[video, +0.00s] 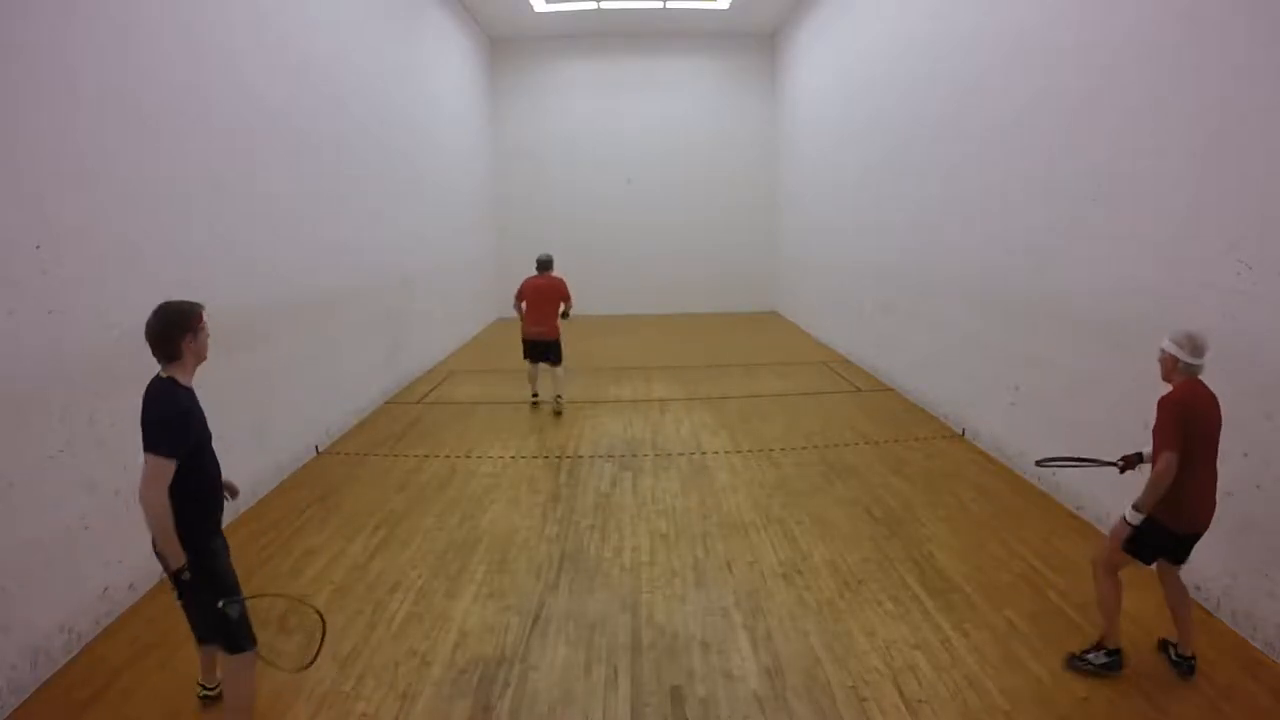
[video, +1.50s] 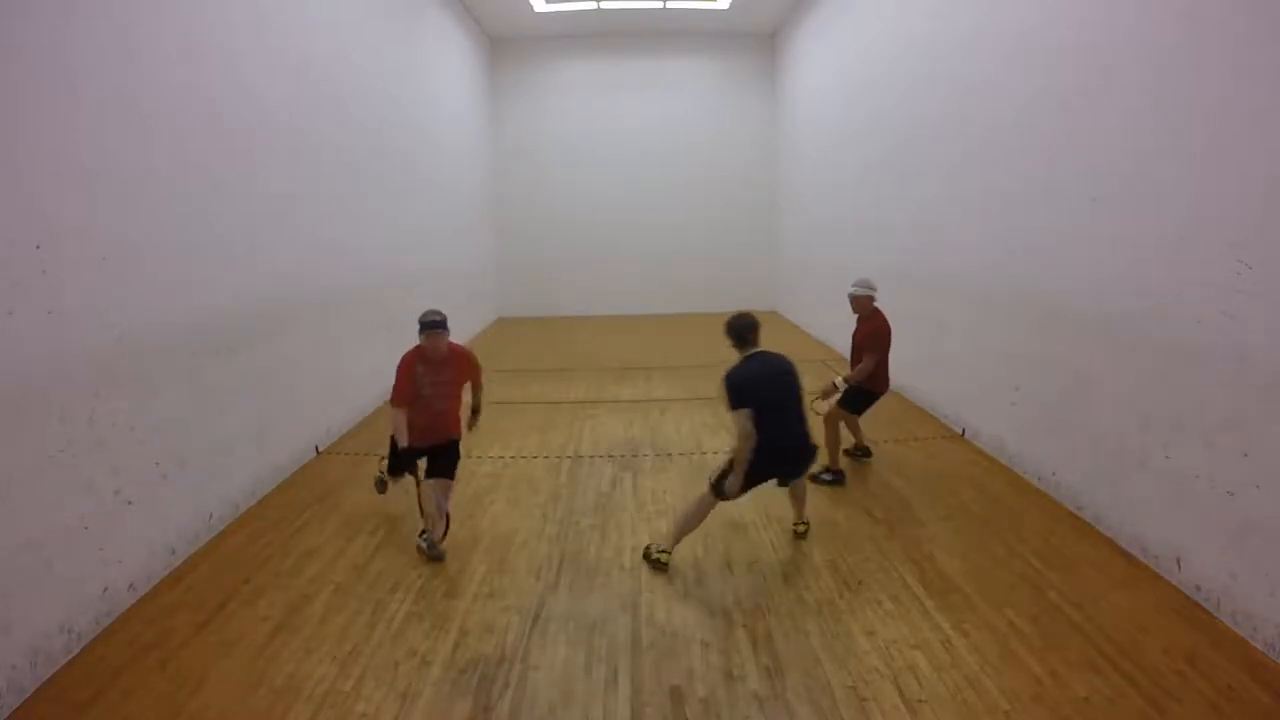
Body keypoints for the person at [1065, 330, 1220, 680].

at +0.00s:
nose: (1159, 359)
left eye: (1164, 354)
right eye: (1162, 353)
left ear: (1176, 362)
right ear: (1190, 363)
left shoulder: (1173, 403)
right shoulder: (1206, 398)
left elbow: (1166, 469)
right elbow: (1187, 449)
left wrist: (1134, 514)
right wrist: (1142, 456)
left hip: (1168, 514)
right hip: (1197, 515)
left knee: (1106, 564)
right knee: (1168, 568)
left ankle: (1108, 649)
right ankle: (1185, 652)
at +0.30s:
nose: (1094, 339)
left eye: (1100, 335)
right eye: (1096, 334)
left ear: (1115, 342)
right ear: (1121, 342)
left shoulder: (1121, 382)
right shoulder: (1140, 373)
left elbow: (1124, 443)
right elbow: (1125, 429)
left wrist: (1107, 496)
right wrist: (1094, 453)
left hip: (1128, 481)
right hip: (1149, 479)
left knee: (1088, 539)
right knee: (1130, 538)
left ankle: (1111, 609)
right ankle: (1169, 604)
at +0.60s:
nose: (1021, 322)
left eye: (1026, 317)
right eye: (1023, 316)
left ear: (1042, 324)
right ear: (1047, 325)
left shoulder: (1042, 363)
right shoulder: (1064, 355)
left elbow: (1031, 415)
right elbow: (1058, 408)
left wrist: (1001, 439)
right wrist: (1034, 435)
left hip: (1051, 449)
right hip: (1060, 445)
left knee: (1052, 523)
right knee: (1019, 481)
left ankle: (1094, 586)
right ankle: (1007, 545)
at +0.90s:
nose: (944, 306)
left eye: (949, 301)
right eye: (945, 300)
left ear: (965, 305)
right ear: (965, 305)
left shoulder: (976, 336)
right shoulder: (970, 331)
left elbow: (975, 384)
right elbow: (967, 379)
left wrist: (944, 421)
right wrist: (950, 407)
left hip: (974, 414)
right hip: (974, 412)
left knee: (938, 462)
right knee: (956, 461)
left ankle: (934, 519)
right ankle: (988, 514)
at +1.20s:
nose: (883, 302)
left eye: (887, 297)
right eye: (883, 297)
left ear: (900, 298)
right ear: (901, 299)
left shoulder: (908, 326)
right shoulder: (907, 320)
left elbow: (899, 373)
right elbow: (902, 367)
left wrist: (866, 378)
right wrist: (889, 386)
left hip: (911, 394)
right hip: (906, 389)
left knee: (885, 448)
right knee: (885, 428)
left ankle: (915, 495)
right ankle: (883, 476)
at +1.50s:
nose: (851, 303)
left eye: (855, 299)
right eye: (851, 299)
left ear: (868, 300)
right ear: (862, 300)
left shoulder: (876, 326)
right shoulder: (866, 318)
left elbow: (868, 364)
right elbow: (865, 355)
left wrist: (838, 385)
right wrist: (852, 378)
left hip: (871, 385)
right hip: (865, 380)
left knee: (830, 418)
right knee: (846, 412)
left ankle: (834, 469)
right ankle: (861, 446)